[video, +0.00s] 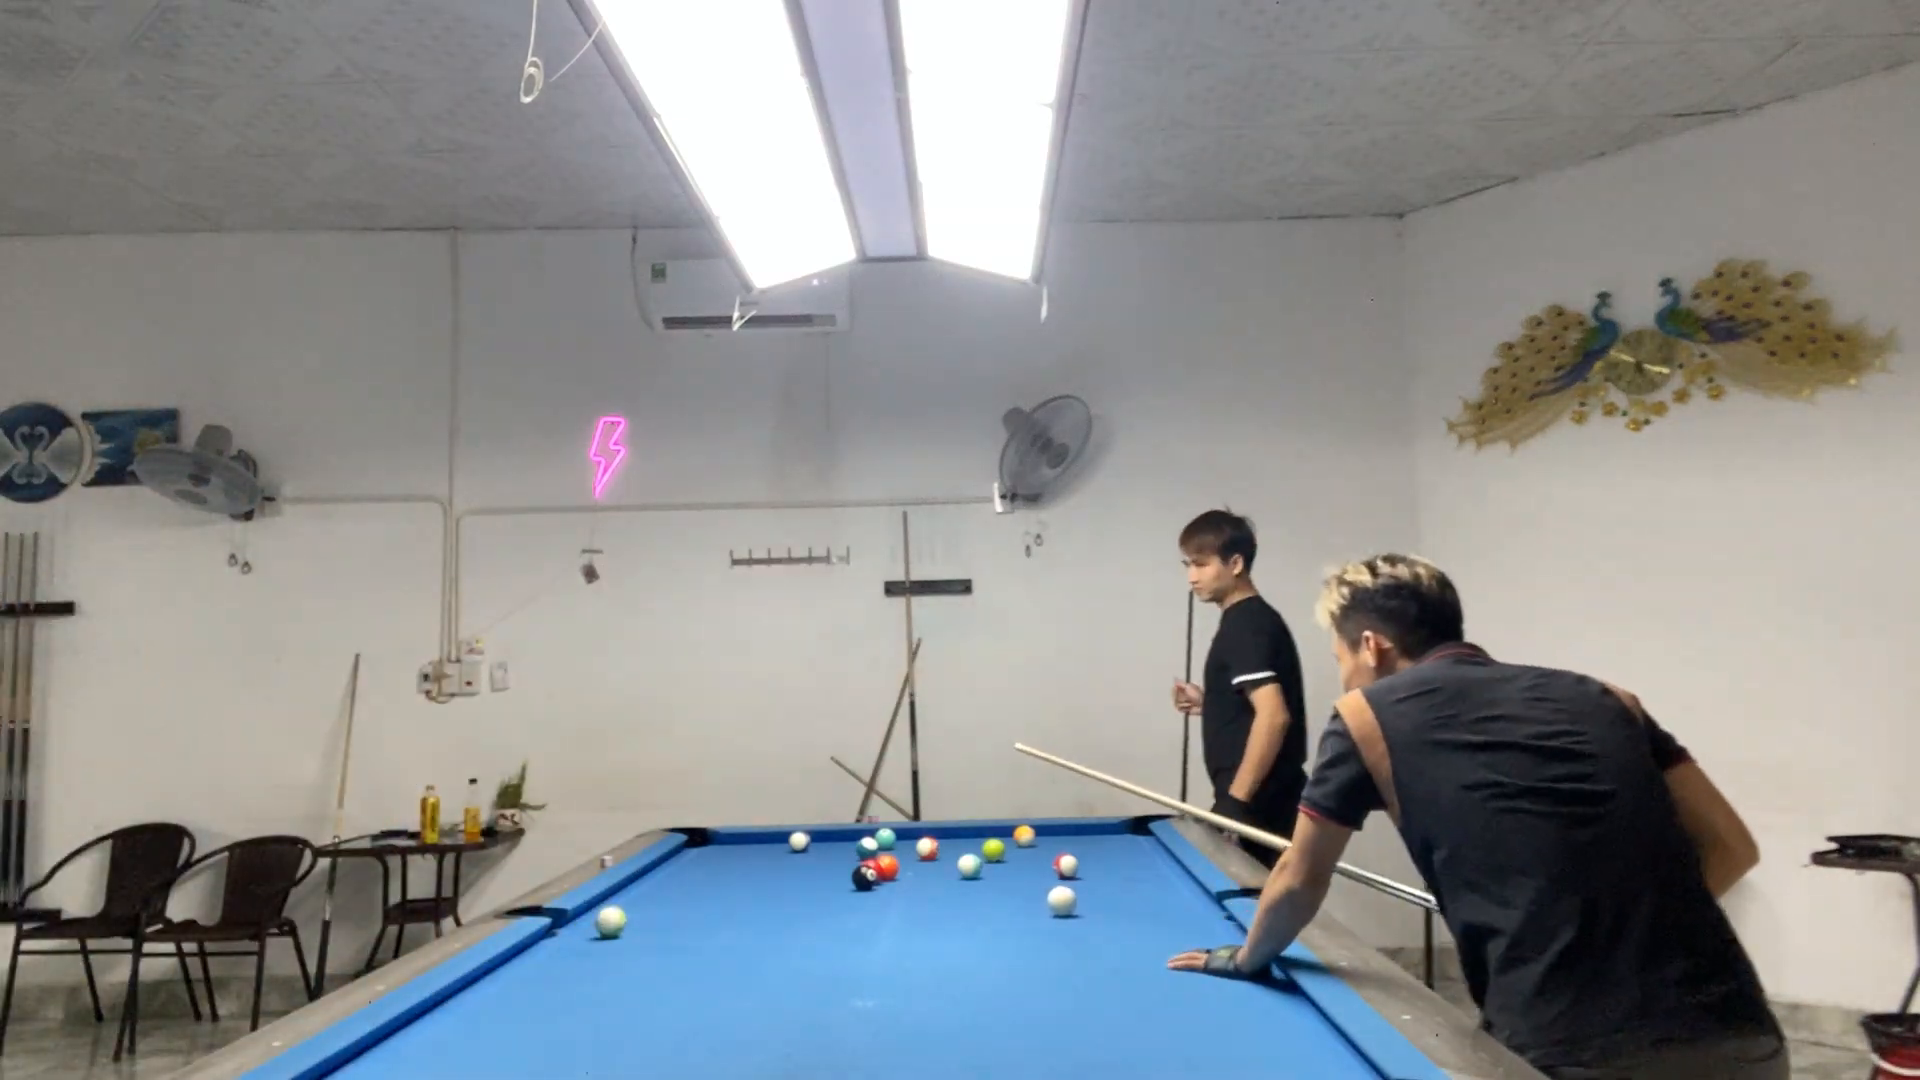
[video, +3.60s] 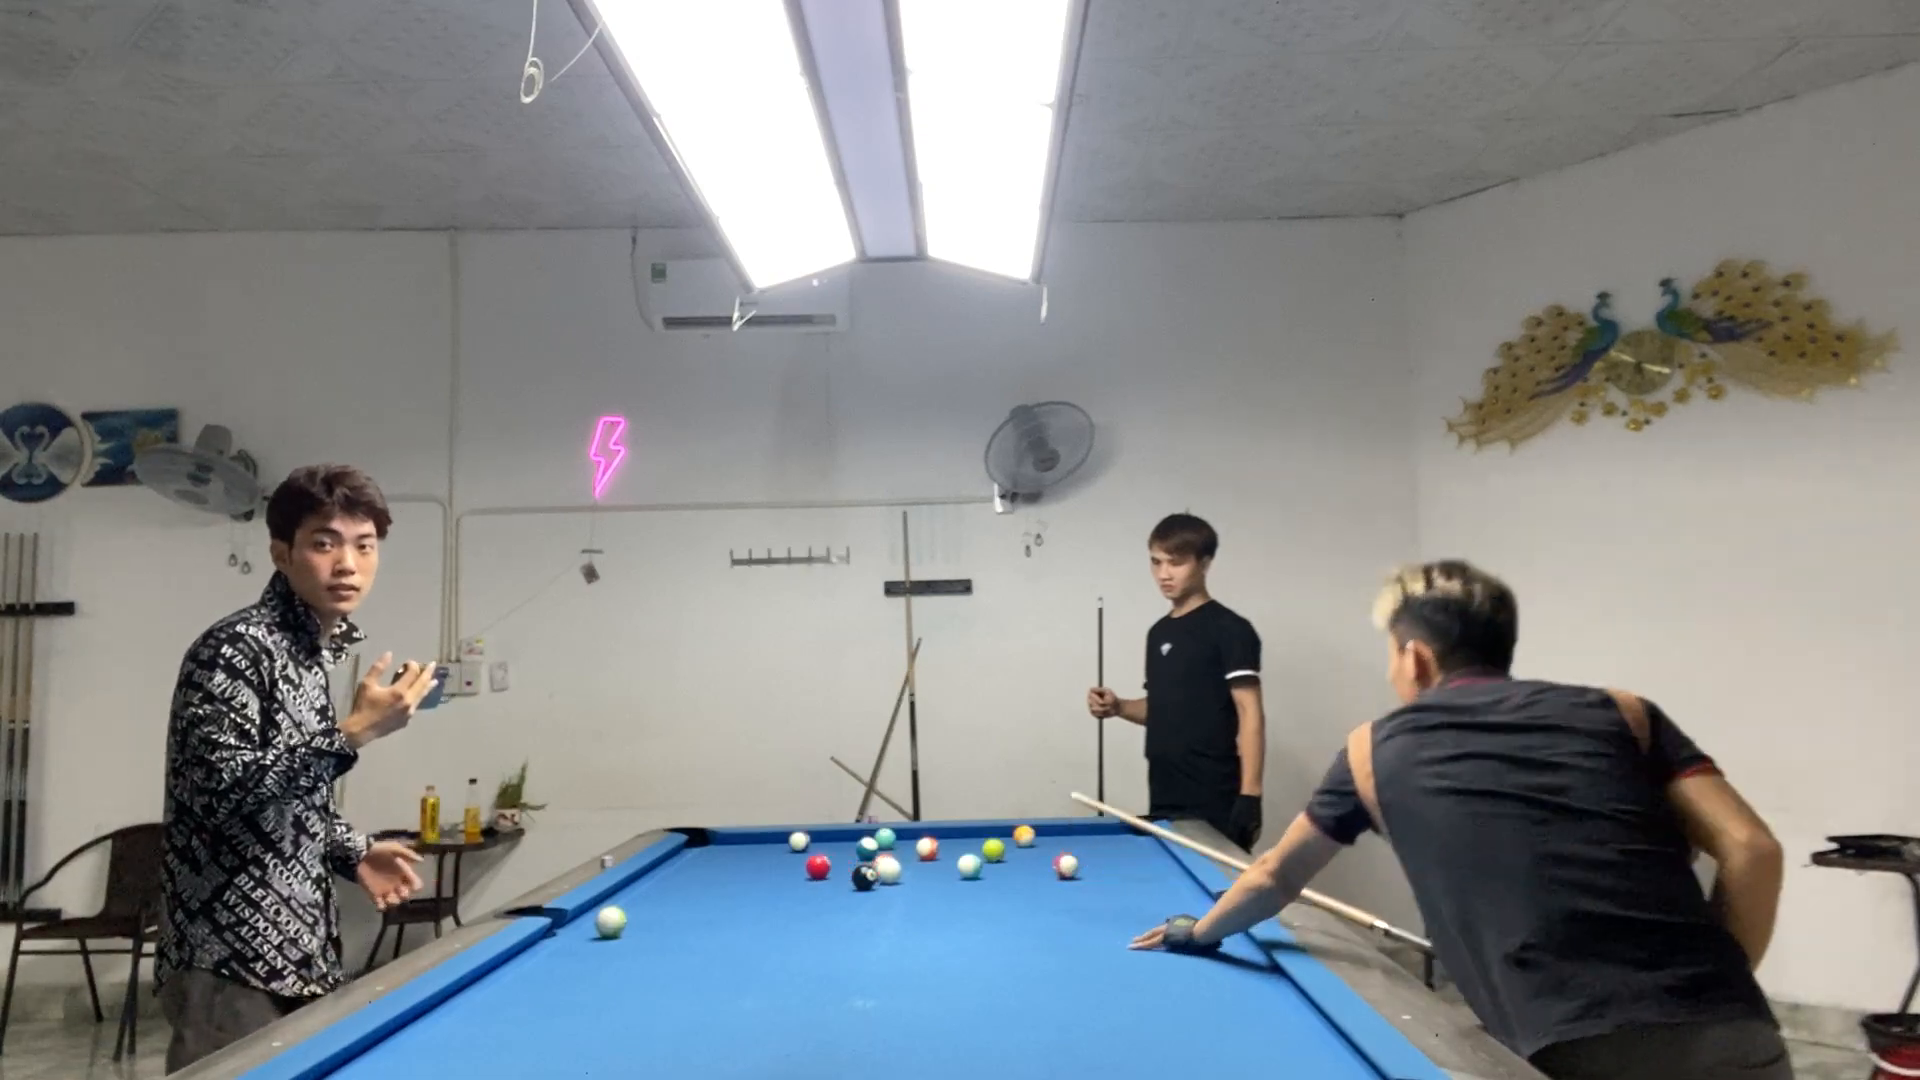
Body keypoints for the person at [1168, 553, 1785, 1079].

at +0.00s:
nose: (1341, 680)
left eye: (1340, 661)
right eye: (1336, 663)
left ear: (1375, 650)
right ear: (1457, 637)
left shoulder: (1369, 715)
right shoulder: (1602, 695)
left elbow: (1299, 878)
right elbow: (1730, 846)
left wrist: (1248, 960)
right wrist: (1635, 919)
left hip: (1567, 1045)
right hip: (1732, 1034)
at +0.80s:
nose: (1354, 740)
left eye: (1353, 721)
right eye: (1351, 722)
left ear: (1384, 715)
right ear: (1465, 700)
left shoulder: (1369, 779)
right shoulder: (1595, 726)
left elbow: (1264, 880)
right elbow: (1771, 795)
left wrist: (1209, 897)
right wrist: (1736, 966)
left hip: (1605, 1058)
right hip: (1751, 1045)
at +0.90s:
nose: (1340, 765)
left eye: (1340, 745)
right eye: (1338, 746)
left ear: (1372, 735)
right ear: (1455, 712)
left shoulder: (1360, 795)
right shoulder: (1568, 728)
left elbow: (1251, 890)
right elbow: (1745, 747)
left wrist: (1192, 909)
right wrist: (1837, 936)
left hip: (1603, 1054)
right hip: (1748, 1038)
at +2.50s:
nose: (1328, 832)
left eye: (1323, 819)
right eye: (1323, 822)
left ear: (1349, 802)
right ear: (1424, 774)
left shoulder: (1351, 848)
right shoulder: (1534, 760)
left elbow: (1243, 931)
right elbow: (1681, 721)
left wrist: (1174, 924)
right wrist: (1766, 889)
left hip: (1610, 1053)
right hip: (1743, 1033)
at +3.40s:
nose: (1345, 802)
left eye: (1344, 786)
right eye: (1344, 788)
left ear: (1371, 776)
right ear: (1449, 751)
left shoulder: (1359, 833)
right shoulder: (1558, 764)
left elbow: (1243, 925)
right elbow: (1721, 814)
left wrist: (1169, 930)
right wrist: (1697, 959)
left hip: (1604, 1051)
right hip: (1742, 1028)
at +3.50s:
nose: (1358, 745)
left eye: (1359, 724)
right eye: (1359, 724)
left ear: (1389, 725)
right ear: (1471, 710)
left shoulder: (1362, 800)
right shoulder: (1588, 740)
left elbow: (1258, 904)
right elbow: (1736, 840)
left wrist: (1182, 932)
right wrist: (1708, 981)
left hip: (1594, 1050)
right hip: (1742, 1035)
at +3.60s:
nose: (1388, 677)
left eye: (1387, 659)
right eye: (1385, 658)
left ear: (1417, 662)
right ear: (1502, 654)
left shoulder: (1378, 750)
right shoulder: (1623, 712)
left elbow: (1275, 874)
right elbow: (1752, 850)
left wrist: (1204, 931)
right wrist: (1717, 988)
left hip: (1579, 1047)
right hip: (1730, 1031)